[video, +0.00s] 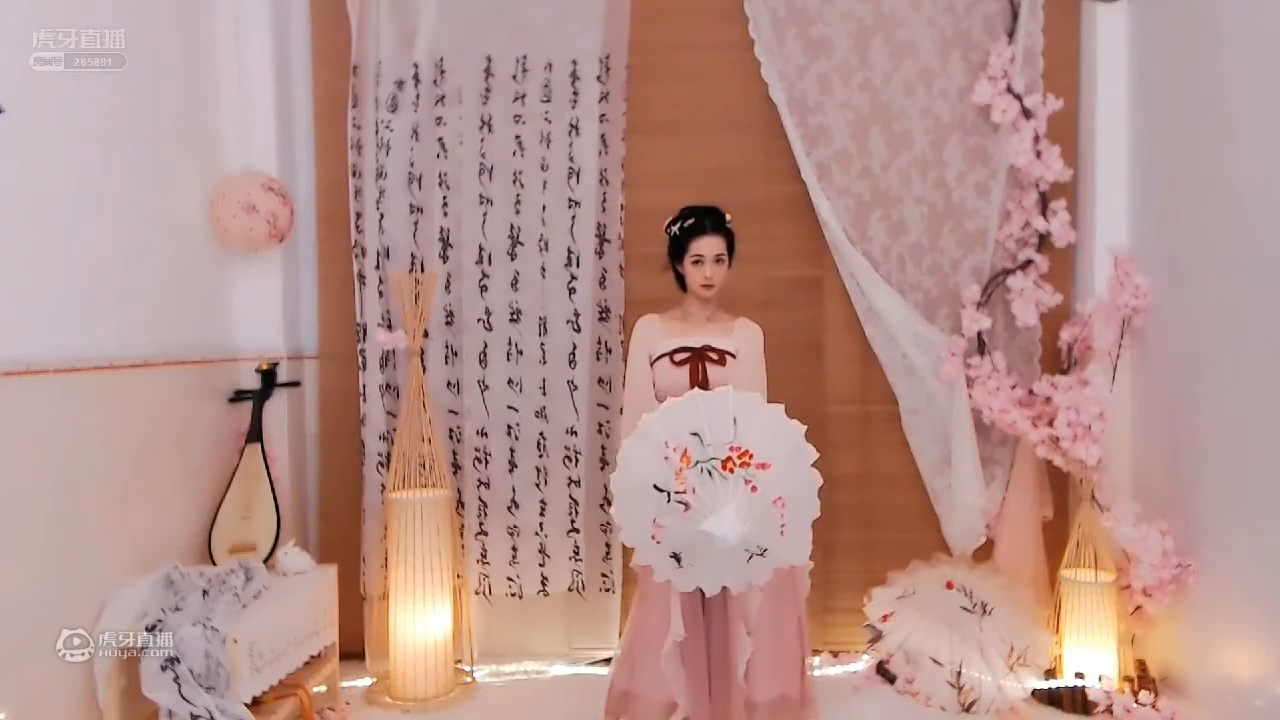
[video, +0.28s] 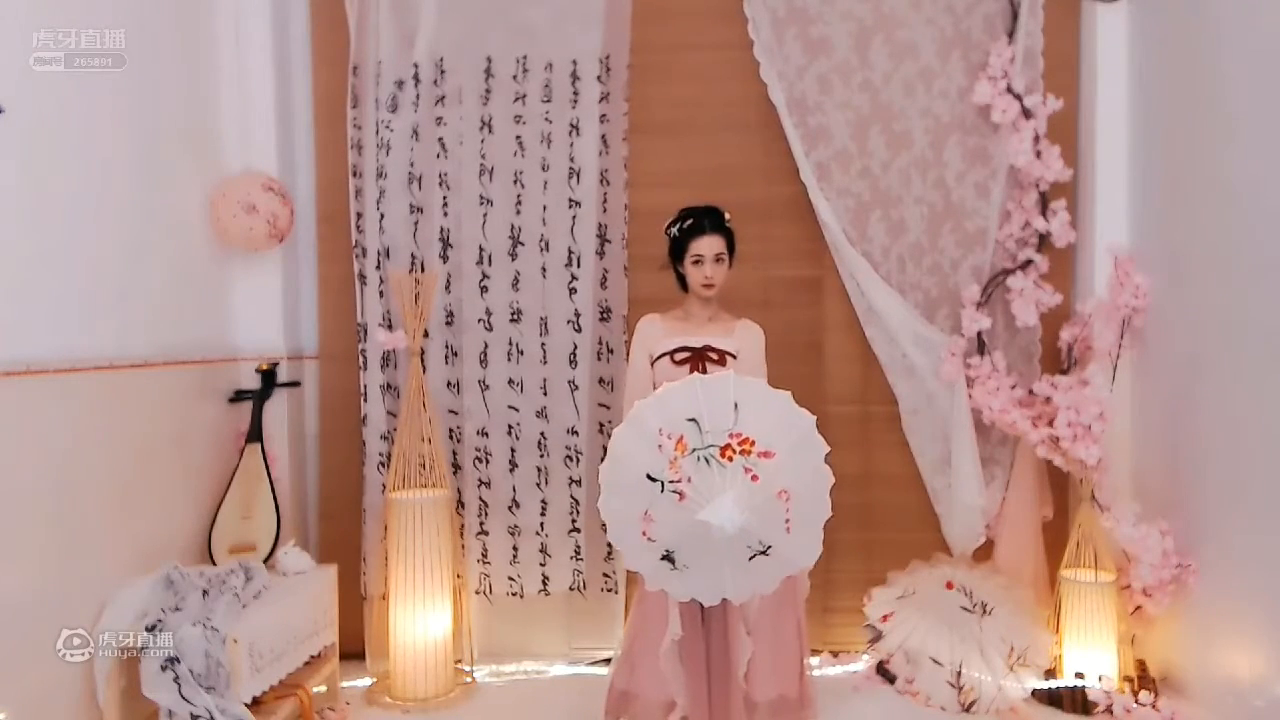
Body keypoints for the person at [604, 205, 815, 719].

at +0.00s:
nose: (709, 273)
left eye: (718, 261)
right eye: (698, 261)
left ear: (730, 265)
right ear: (678, 265)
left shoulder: (748, 334)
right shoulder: (650, 330)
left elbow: (757, 424)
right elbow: (636, 421)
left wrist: (753, 496)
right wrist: (647, 499)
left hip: (735, 488)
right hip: (670, 488)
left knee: (734, 609)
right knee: (674, 608)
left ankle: (735, 710)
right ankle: (675, 711)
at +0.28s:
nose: (708, 272)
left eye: (718, 260)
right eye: (697, 261)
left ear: (730, 265)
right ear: (679, 266)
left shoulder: (749, 334)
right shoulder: (651, 329)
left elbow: (760, 424)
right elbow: (635, 419)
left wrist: (757, 493)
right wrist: (648, 492)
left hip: (735, 486)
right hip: (670, 485)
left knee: (735, 605)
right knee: (673, 604)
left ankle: (736, 710)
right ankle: (675, 710)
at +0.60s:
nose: (709, 271)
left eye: (718, 259)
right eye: (698, 261)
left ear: (731, 264)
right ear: (681, 266)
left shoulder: (750, 335)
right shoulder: (653, 328)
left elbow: (764, 424)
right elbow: (637, 417)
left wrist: (764, 493)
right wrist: (640, 496)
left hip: (736, 484)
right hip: (670, 484)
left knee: (735, 606)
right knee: (672, 604)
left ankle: (735, 709)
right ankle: (673, 709)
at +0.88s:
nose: (710, 270)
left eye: (720, 259)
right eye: (699, 260)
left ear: (734, 263)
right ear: (683, 267)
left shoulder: (752, 335)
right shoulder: (657, 327)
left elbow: (764, 424)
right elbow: (636, 414)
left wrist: (765, 492)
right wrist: (642, 488)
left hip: (736, 486)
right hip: (671, 485)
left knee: (736, 607)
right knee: (672, 606)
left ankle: (736, 711)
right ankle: (674, 710)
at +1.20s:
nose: (713, 271)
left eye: (722, 259)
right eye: (702, 261)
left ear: (736, 264)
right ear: (686, 267)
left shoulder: (754, 334)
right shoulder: (660, 327)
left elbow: (771, 422)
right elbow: (642, 412)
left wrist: (763, 487)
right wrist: (655, 477)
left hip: (740, 493)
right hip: (675, 490)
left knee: (740, 609)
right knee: (674, 608)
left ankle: (739, 711)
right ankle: (676, 711)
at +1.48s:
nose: (713, 271)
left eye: (723, 259)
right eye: (703, 261)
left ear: (738, 263)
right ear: (688, 266)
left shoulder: (755, 335)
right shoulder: (661, 325)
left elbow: (769, 424)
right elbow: (643, 412)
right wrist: (653, 477)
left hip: (738, 493)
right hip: (674, 490)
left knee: (738, 610)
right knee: (674, 609)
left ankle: (737, 711)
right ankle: (675, 711)